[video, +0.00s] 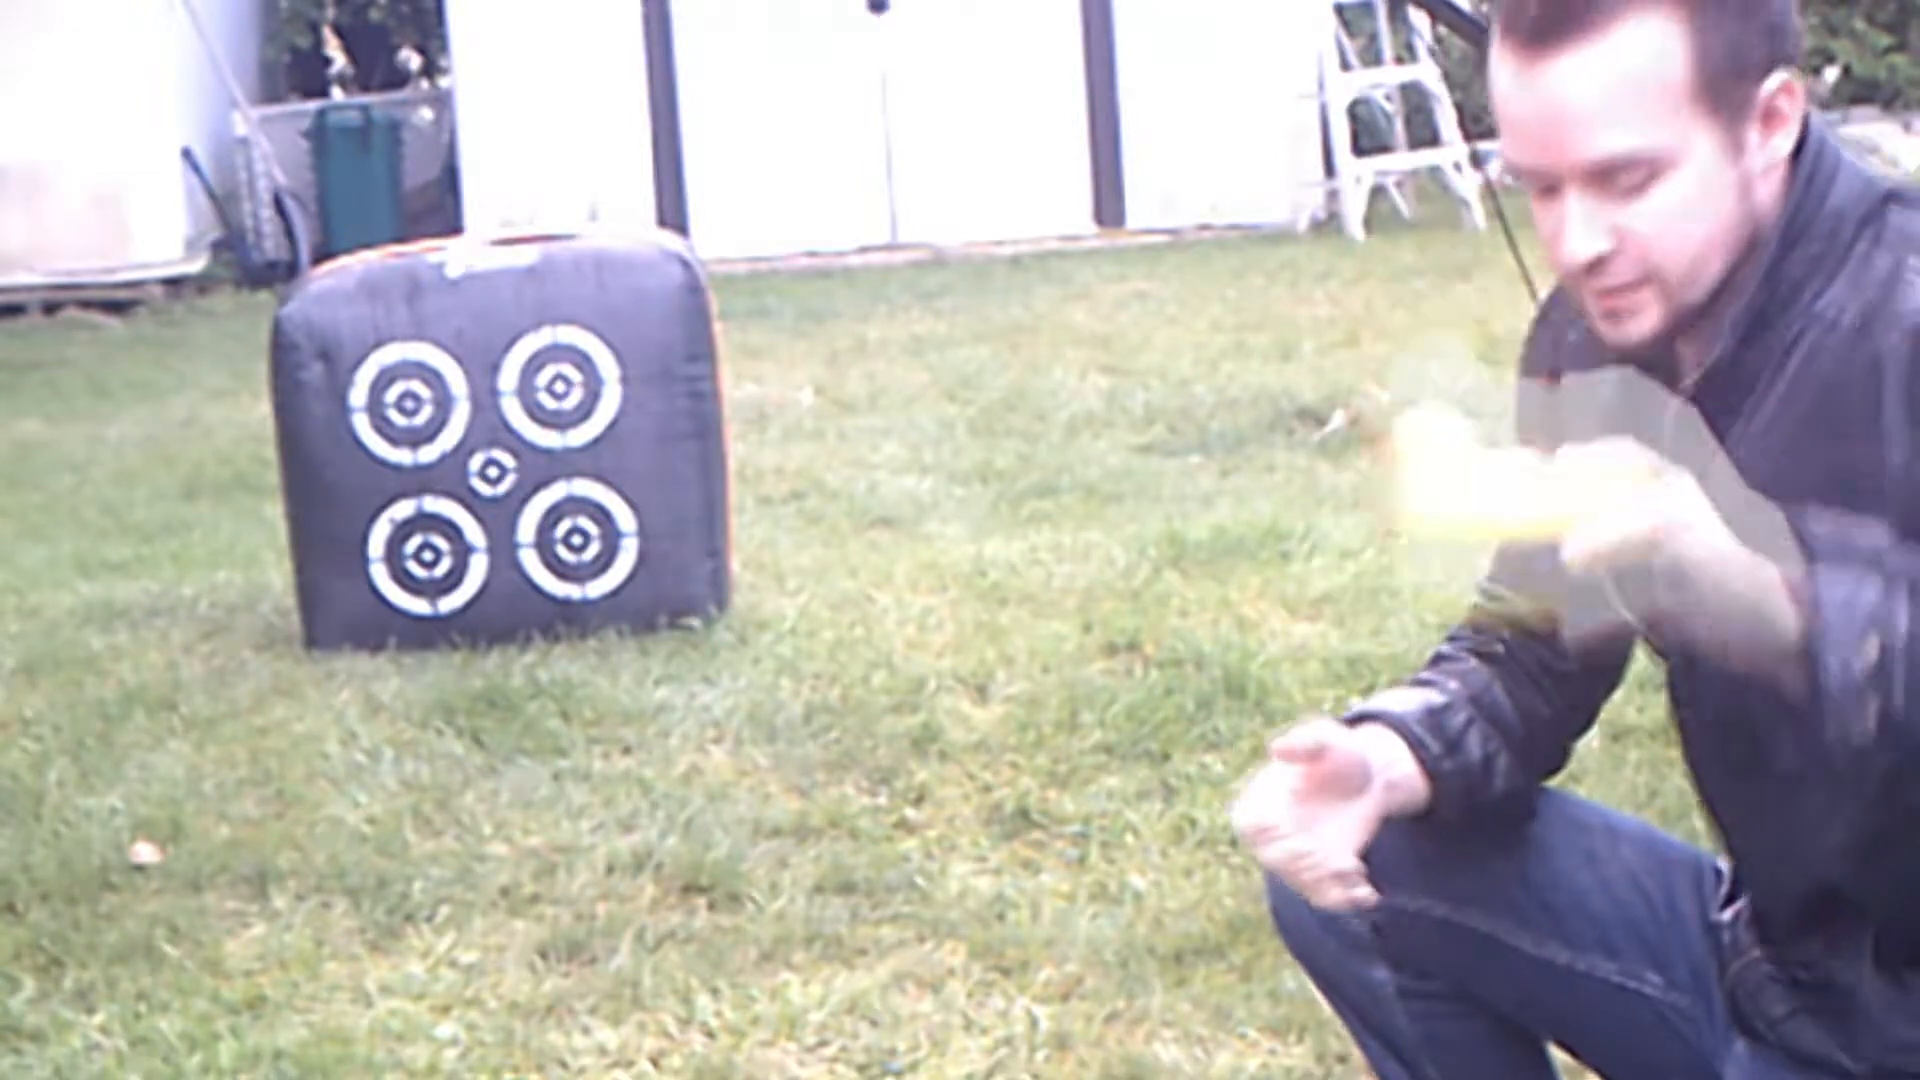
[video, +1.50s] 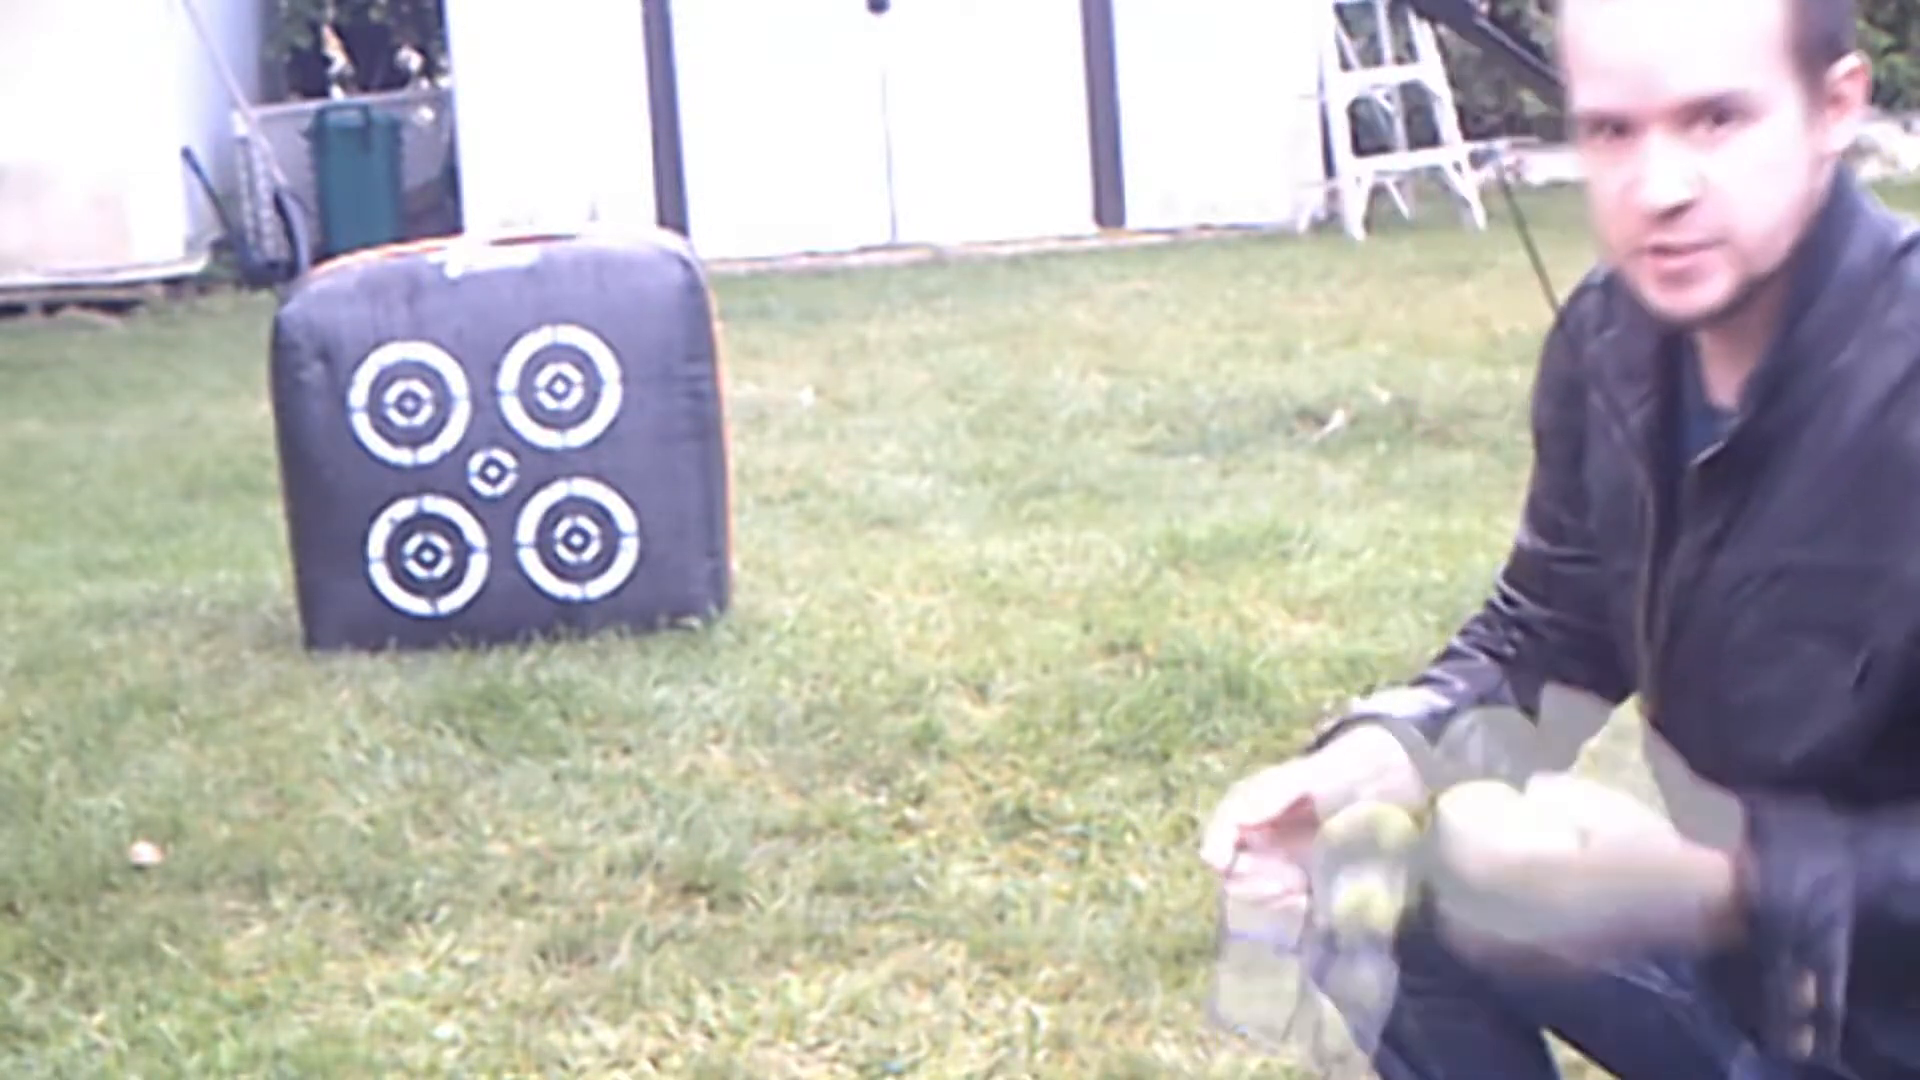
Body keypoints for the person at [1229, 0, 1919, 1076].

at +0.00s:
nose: (1576, 245)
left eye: (1627, 180)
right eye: (1536, 189)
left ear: (1772, 127)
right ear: (1508, 160)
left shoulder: (1901, 319)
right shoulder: (1583, 338)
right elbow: (1537, 643)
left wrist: (1740, 598)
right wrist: (1395, 752)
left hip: (1887, 1040)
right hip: (1757, 943)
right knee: (1350, 864)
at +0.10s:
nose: (1568, 269)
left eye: (1618, 204)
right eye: (1530, 210)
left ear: (1765, 148)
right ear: (1500, 182)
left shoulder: (1895, 371)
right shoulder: (1575, 350)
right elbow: (1536, 623)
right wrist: (1388, 747)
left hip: (1866, 1031)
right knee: (1338, 869)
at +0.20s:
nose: (1556, 304)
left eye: (1605, 243)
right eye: (1518, 247)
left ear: (1755, 182)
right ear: (1490, 207)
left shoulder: (1894, 422)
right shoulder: (1574, 363)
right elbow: (1539, 644)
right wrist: (1396, 740)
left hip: (1884, 966)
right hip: (1706, 905)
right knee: (1344, 850)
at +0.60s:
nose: (1453, 419)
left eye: (1493, 360)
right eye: (1416, 367)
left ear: (1642, 276)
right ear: (1387, 314)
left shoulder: (1871, 549)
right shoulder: (1586, 408)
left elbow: (1896, 995)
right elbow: (1521, 658)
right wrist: (1383, 742)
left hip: (1842, 1021)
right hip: (1694, 923)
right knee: (1355, 849)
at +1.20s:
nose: (1511, 306)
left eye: (1564, 241)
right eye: (1485, 249)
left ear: (1718, 190)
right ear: (1460, 213)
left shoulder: (1886, 468)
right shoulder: (1592, 365)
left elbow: (1853, 987)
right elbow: (1539, 639)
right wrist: (1370, 752)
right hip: (1690, 905)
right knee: (1358, 852)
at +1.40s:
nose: (1620, 213)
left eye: (1676, 144)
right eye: (1574, 156)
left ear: (1809, 123)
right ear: (1540, 149)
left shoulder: (1900, 387)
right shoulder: (1593, 342)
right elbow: (1542, 642)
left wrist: (1689, 1038)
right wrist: (1377, 758)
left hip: (1877, 973)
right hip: (1706, 900)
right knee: (1344, 843)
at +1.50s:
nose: (1658, 188)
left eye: (1715, 119)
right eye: (1611, 130)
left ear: (1838, 108)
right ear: (1573, 135)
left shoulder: (1901, 368)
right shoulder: (1607, 335)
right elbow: (1542, 630)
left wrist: (1732, 878)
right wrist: (1373, 760)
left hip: (1886, 1028)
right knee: (1391, 909)